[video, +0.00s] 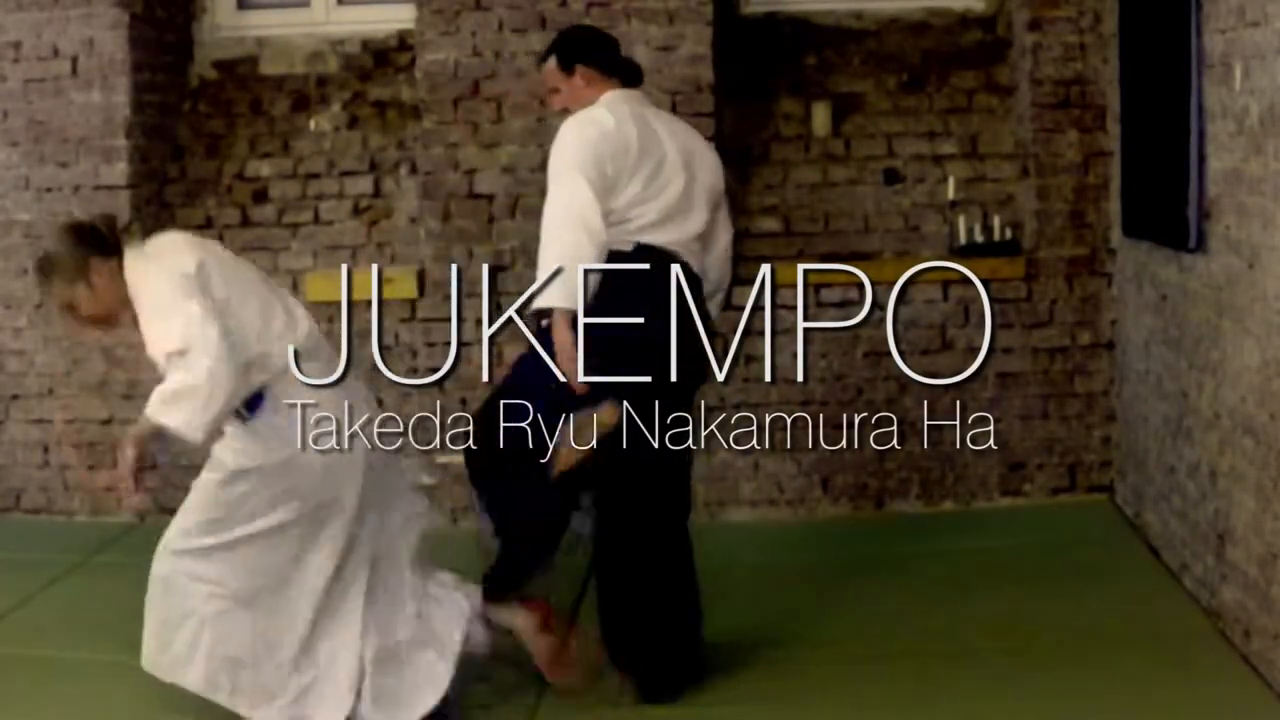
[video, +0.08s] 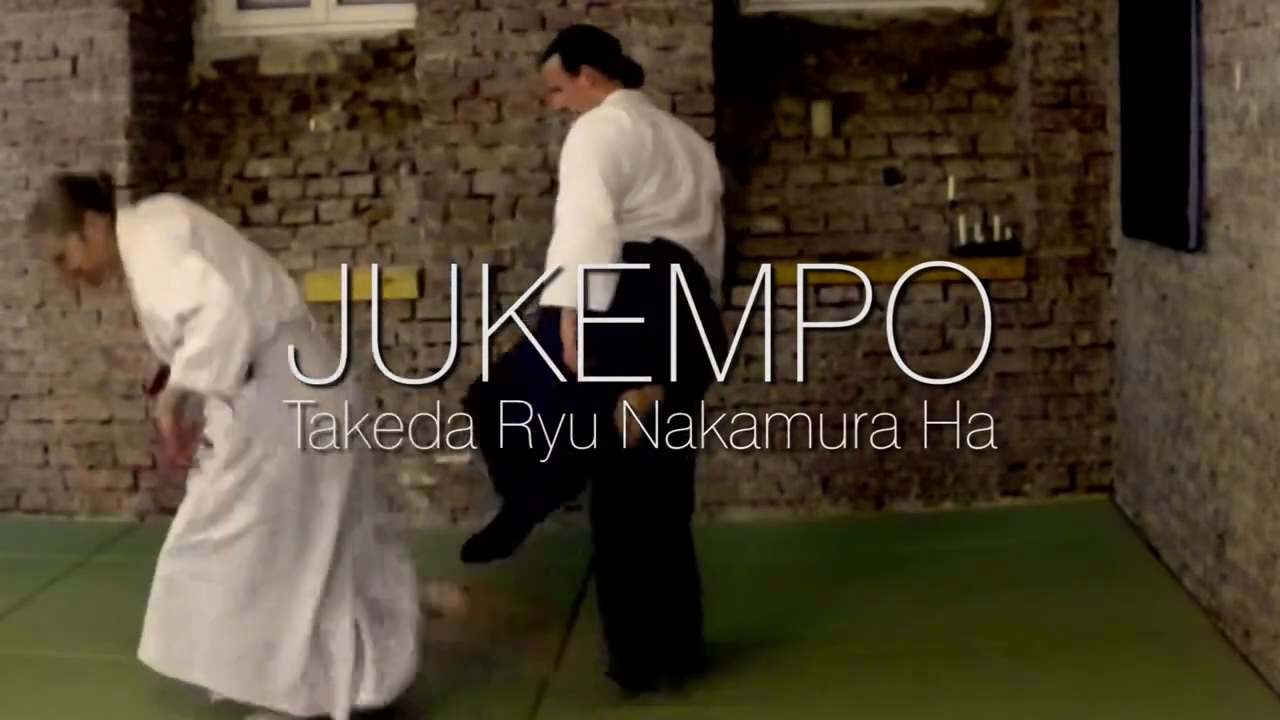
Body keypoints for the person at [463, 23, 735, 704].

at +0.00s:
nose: (553, 107)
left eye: (553, 92)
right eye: (548, 95)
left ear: (583, 75)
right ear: (618, 74)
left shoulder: (584, 132)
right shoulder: (695, 143)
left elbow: (572, 232)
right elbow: (717, 264)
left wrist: (563, 323)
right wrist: (691, 317)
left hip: (604, 315)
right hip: (678, 322)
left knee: (501, 435)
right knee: (652, 490)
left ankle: (523, 586)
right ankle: (664, 662)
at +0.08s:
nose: (556, 106)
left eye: (557, 89)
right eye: (551, 93)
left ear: (590, 73)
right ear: (614, 74)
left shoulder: (593, 136)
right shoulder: (690, 139)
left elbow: (587, 240)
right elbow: (709, 246)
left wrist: (572, 329)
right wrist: (706, 316)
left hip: (622, 308)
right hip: (687, 314)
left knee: (624, 488)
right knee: (667, 481)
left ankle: (638, 653)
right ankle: (678, 642)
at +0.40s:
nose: (562, 72)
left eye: (570, 56)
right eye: (557, 60)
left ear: (609, 50)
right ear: (592, 55)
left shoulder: (664, 114)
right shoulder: (597, 129)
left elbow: (709, 206)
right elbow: (598, 226)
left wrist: (673, 295)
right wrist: (577, 308)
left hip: (665, 311)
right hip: (610, 316)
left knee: (659, 471)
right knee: (612, 469)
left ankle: (676, 632)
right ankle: (630, 627)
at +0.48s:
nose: (571, 61)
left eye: (581, 47)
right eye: (566, 49)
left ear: (621, 43)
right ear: (572, 51)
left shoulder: (677, 111)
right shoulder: (581, 133)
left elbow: (723, 207)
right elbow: (575, 227)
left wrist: (705, 301)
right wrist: (573, 298)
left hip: (669, 293)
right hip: (601, 301)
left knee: (672, 463)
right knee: (612, 462)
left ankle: (686, 618)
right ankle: (633, 616)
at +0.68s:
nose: (596, 54)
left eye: (609, 41)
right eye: (589, 43)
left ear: (645, 43)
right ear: (584, 50)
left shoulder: (700, 120)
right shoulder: (577, 135)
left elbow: (746, 212)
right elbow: (554, 220)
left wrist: (760, 308)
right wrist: (545, 292)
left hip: (701, 301)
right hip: (628, 310)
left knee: (719, 454)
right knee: (643, 464)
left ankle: (752, 587)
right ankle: (661, 621)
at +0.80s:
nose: (616, 49)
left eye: (629, 34)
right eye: (607, 38)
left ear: (662, 38)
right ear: (599, 46)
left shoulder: (718, 119)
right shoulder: (584, 136)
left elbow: (764, 214)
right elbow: (557, 224)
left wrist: (770, 308)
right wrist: (549, 289)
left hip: (717, 313)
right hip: (637, 321)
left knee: (740, 474)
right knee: (649, 478)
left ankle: (768, 636)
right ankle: (664, 635)